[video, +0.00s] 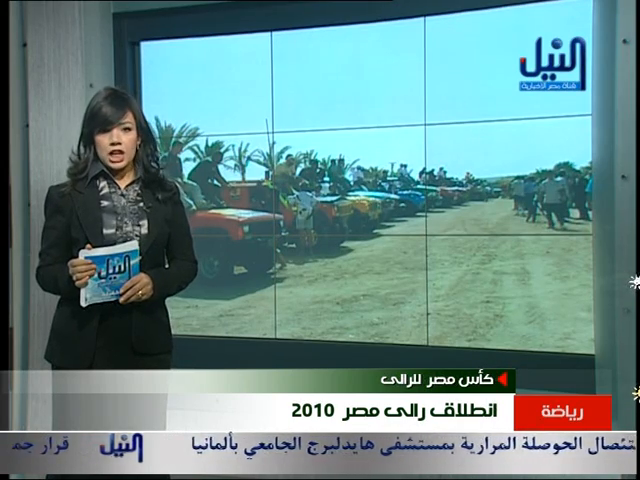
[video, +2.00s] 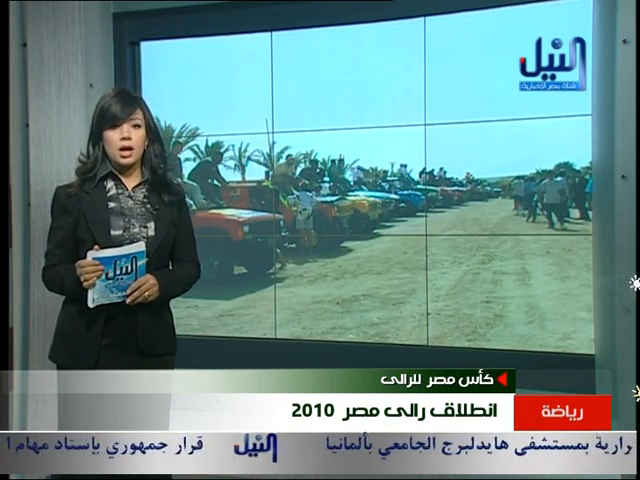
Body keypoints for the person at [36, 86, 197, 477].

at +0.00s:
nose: (116, 140)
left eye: (126, 129)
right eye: (105, 130)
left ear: (140, 136)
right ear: (91, 138)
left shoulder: (164, 194)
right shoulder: (65, 197)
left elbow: (186, 265)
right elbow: (46, 272)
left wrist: (156, 281)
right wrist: (69, 275)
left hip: (145, 348)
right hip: (81, 349)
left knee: (145, 451)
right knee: (78, 452)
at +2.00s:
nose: (125, 135)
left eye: (135, 125)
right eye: (114, 127)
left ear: (148, 134)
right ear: (100, 137)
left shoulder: (170, 196)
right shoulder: (72, 198)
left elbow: (189, 266)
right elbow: (52, 272)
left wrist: (162, 282)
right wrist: (76, 275)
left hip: (150, 348)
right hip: (85, 348)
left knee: (149, 452)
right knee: (83, 452)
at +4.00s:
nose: (130, 133)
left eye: (139, 125)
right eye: (120, 124)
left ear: (151, 135)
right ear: (102, 135)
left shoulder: (170, 197)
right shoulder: (71, 197)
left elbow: (189, 267)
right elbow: (52, 273)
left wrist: (161, 282)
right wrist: (76, 275)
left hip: (151, 349)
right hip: (86, 349)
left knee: (151, 451)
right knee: (83, 452)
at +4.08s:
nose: (131, 133)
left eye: (140, 124)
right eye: (120, 124)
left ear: (151, 135)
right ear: (102, 135)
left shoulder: (170, 196)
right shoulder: (71, 198)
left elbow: (189, 267)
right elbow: (52, 273)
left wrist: (161, 282)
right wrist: (76, 274)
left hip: (151, 348)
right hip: (86, 349)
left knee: (150, 452)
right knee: (83, 452)